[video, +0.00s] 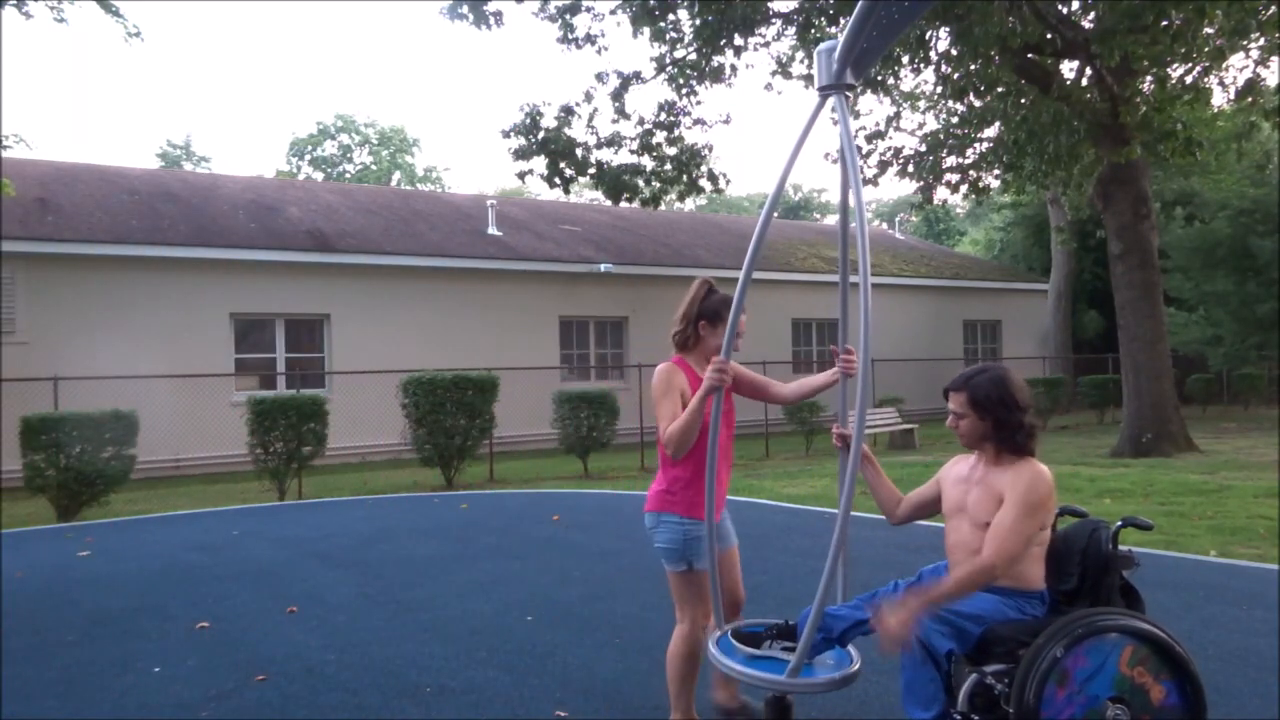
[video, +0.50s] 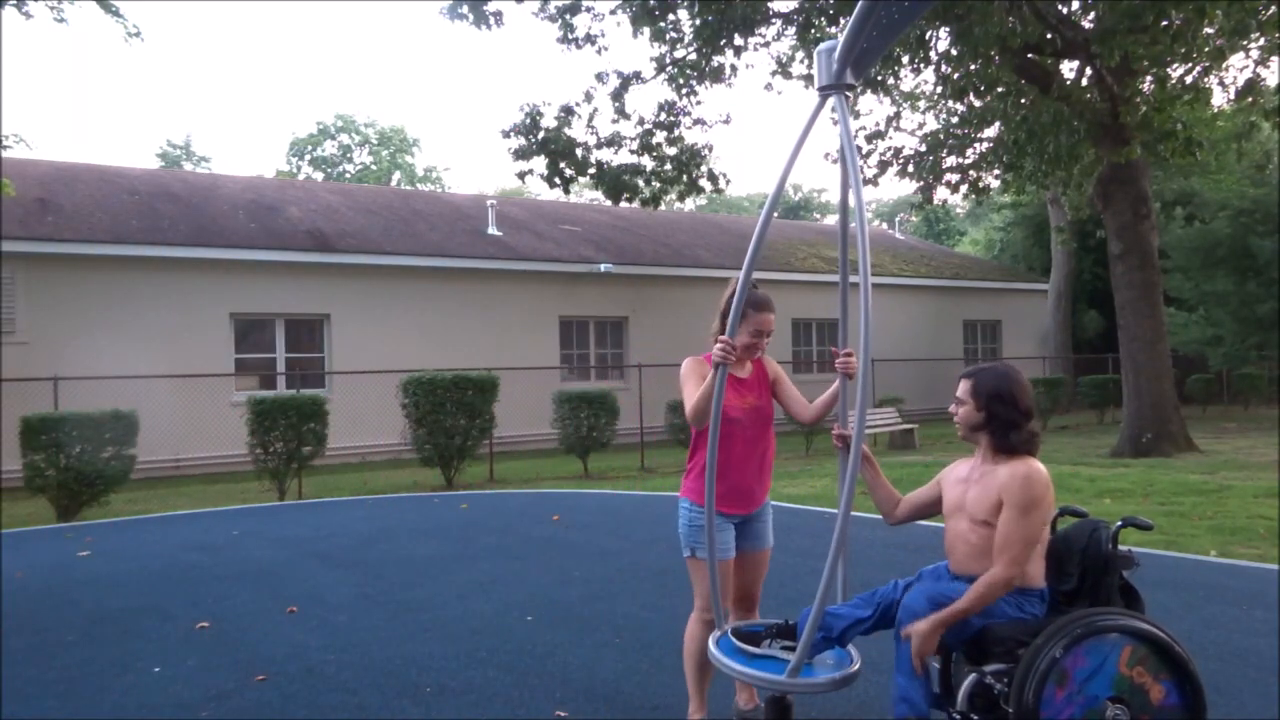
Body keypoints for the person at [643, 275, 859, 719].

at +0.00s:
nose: (737, 343)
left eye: (740, 334)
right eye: (732, 333)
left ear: (713, 329)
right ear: (704, 330)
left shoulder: (721, 369)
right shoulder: (669, 374)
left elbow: (783, 392)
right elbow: (672, 445)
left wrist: (836, 373)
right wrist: (703, 392)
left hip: (713, 508)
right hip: (676, 513)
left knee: (733, 604)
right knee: (695, 620)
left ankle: (726, 694)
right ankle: (681, 713)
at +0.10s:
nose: (744, 345)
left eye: (747, 336)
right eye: (738, 336)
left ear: (747, 333)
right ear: (710, 331)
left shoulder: (736, 369)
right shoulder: (676, 373)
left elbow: (793, 399)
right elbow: (682, 435)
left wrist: (839, 376)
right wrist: (709, 378)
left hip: (727, 508)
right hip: (685, 511)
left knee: (738, 606)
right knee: (699, 619)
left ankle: (744, 698)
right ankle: (682, 713)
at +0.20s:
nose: (750, 343)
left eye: (754, 335)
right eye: (743, 335)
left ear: (757, 330)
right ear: (716, 328)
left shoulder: (747, 368)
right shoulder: (684, 368)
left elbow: (802, 405)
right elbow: (688, 422)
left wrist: (840, 377)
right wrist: (715, 368)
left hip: (739, 505)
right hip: (696, 509)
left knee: (744, 605)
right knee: (712, 615)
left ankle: (746, 697)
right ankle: (684, 712)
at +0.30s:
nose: (756, 343)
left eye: (761, 335)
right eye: (749, 334)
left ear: (764, 329)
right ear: (722, 326)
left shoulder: (757, 368)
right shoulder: (691, 366)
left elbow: (805, 409)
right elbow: (692, 417)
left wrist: (840, 379)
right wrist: (717, 367)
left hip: (747, 504)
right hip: (702, 507)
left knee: (745, 605)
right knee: (721, 611)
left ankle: (746, 694)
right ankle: (693, 708)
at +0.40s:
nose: (761, 342)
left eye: (766, 334)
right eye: (753, 333)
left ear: (768, 329)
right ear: (727, 326)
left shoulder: (763, 366)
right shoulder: (696, 365)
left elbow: (808, 412)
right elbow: (695, 416)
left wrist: (841, 380)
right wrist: (719, 369)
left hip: (752, 504)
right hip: (704, 505)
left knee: (747, 604)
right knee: (718, 610)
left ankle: (747, 692)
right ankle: (698, 707)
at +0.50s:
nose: (763, 342)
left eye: (768, 334)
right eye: (755, 333)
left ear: (771, 330)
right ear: (729, 325)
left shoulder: (767, 367)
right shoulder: (698, 365)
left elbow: (808, 414)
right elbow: (696, 416)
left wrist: (842, 380)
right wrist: (718, 370)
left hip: (755, 506)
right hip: (706, 507)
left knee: (747, 605)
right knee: (709, 613)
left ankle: (747, 693)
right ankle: (697, 708)